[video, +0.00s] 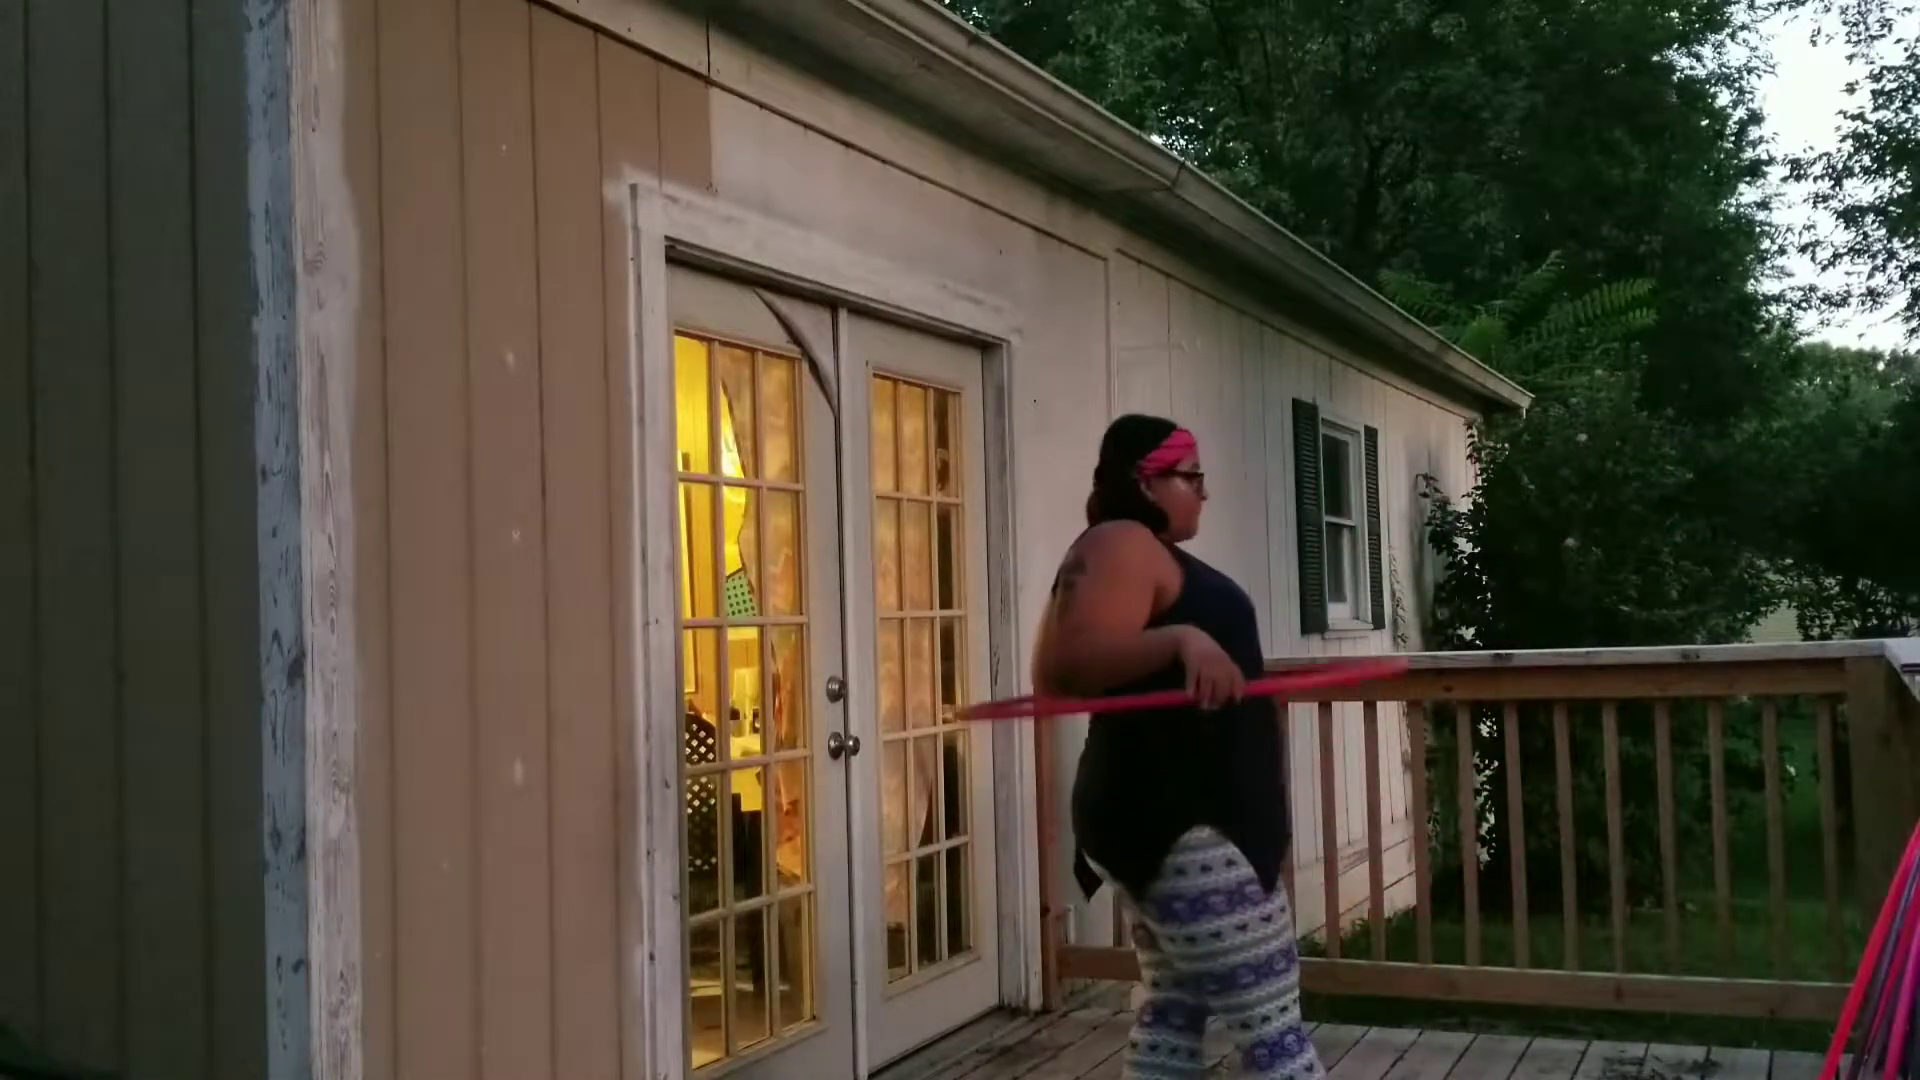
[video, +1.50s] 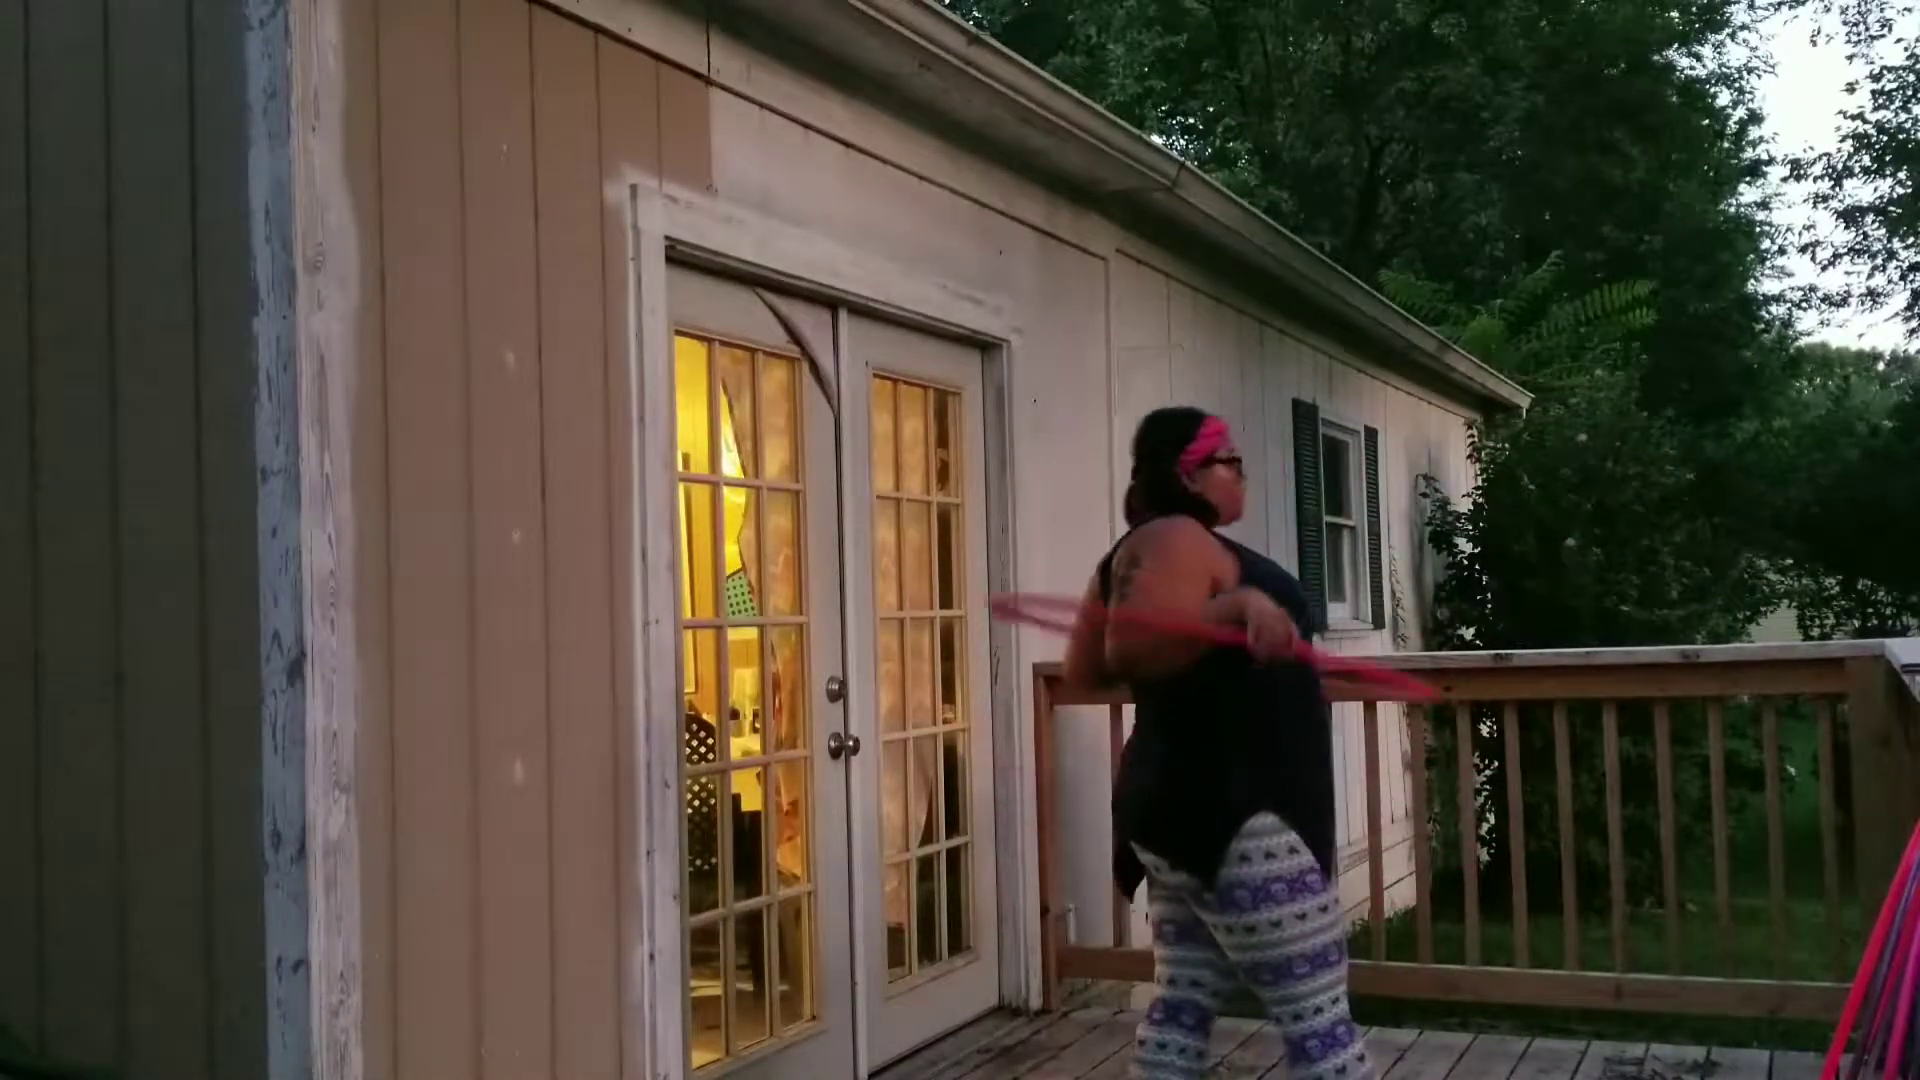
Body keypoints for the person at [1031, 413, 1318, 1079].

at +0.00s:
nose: (1203, 488)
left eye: (1200, 474)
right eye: (1191, 474)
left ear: (1145, 485)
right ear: (1147, 484)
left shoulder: (1115, 548)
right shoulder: (1124, 543)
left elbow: (1056, 671)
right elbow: (1067, 661)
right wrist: (1180, 640)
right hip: (1169, 809)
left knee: (1174, 995)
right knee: (1262, 983)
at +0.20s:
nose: (1228, 479)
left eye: (1224, 465)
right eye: (1213, 467)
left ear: (1168, 482)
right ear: (1172, 479)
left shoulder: (1118, 550)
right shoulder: (1155, 544)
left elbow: (1071, 665)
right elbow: (1103, 660)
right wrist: (1213, 692)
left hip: (1151, 810)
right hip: (1189, 810)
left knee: (1170, 1005)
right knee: (1270, 991)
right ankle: (1294, 1071)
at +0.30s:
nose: (1252, 480)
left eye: (1249, 466)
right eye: (1238, 468)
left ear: (1188, 482)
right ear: (1197, 480)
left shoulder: (1134, 552)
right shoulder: (1175, 549)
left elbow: (1098, 668)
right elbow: (1132, 671)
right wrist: (1235, 744)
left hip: (1157, 824)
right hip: (1208, 826)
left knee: (1165, 1015)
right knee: (1282, 1022)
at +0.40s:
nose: (1276, 483)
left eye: (1272, 469)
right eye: (1263, 470)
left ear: (1204, 483)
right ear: (1220, 481)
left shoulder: (1151, 557)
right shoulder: (1205, 554)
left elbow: (1131, 694)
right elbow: (1171, 683)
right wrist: (1257, 796)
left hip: (1163, 830)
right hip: (1231, 837)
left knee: (1157, 1022)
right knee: (1289, 1032)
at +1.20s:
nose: (1296, 526)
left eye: (1300, 512)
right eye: (1291, 509)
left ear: (1233, 492)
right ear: (1251, 494)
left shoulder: (1150, 560)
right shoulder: (1220, 555)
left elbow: (1102, 683)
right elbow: (1172, 667)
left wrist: (1184, 743)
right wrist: (1271, 767)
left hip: (1179, 824)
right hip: (1250, 828)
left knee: (1191, 1020)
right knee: (1318, 1032)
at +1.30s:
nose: (1273, 516)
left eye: (1277, 500)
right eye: (1262, 495)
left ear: (1190, 490)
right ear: (1216, 487)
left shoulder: (1136, 556)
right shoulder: (1195, 546)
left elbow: (1089, 677)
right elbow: (1147, 656)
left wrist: (1192, 693)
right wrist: (1258, 709)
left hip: (1175, 817)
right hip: (1238, 816)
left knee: (1192, 1009)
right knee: (1313, 1013)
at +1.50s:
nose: (1241, 475)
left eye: (1237, 462)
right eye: (1229, 463)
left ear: (1165, 479)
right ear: (1188, 477)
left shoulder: (1119, 560)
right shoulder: (1181, 540)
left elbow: (1084, 671)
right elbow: (1136, 646)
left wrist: (1183, 667)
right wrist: (1232, 608)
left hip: (1169, 814)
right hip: (1242, 812)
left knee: (1184, 1001)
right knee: (1316, 1012)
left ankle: (1165, 1073)